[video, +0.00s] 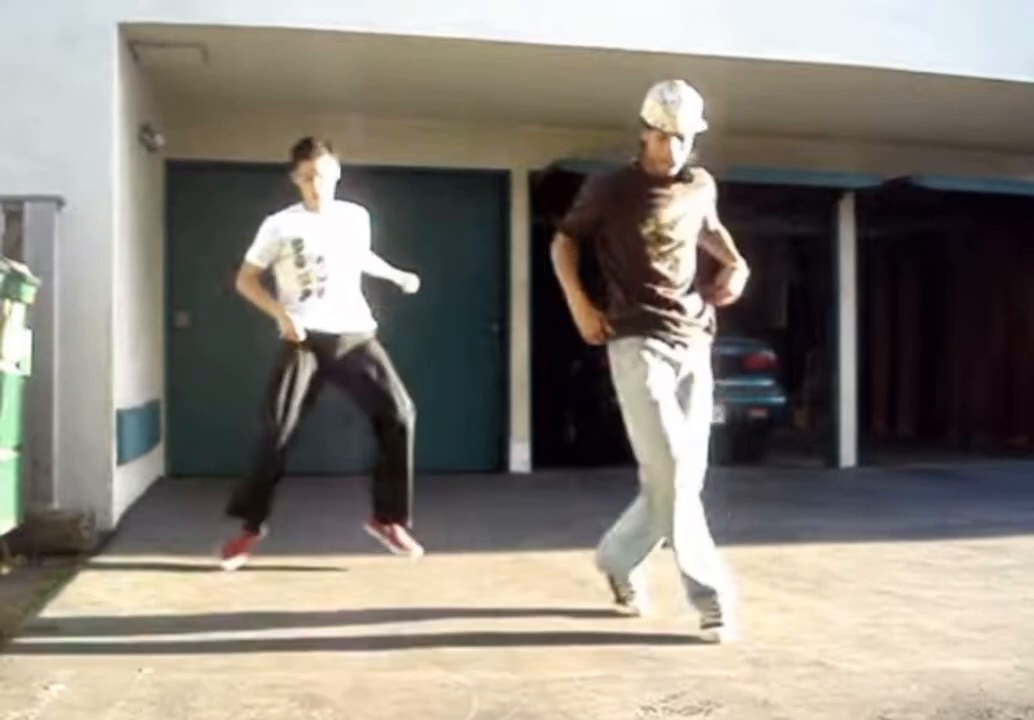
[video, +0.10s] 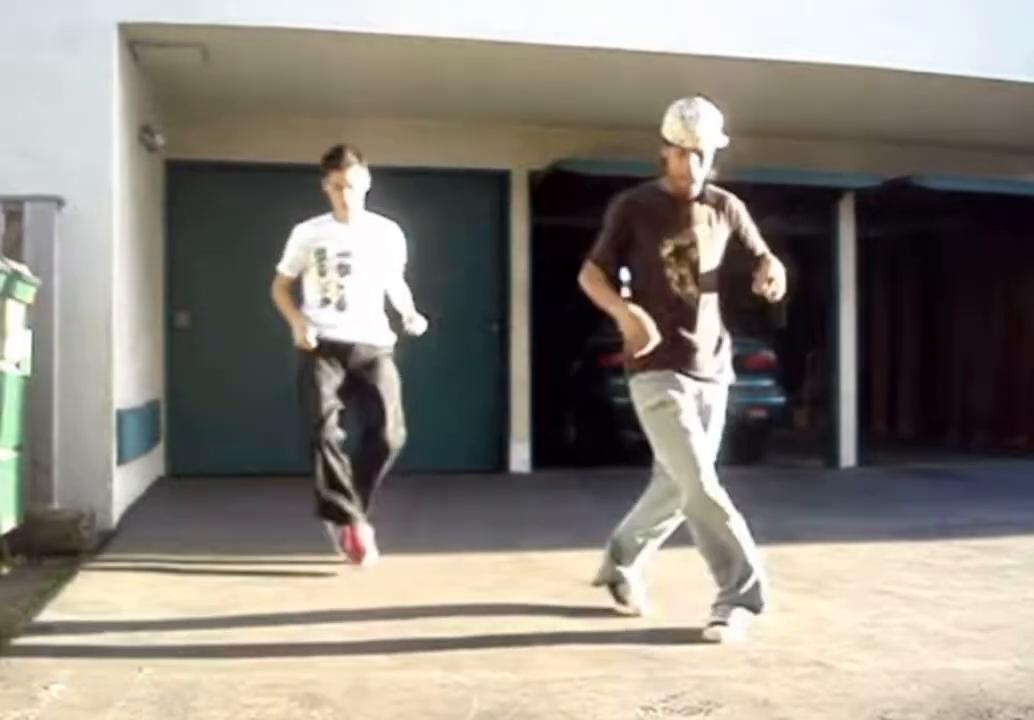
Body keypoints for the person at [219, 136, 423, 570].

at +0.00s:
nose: (316, 185)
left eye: (323, 176)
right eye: (307, 177)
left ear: (336, 176)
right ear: (295, 180)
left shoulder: (355, 218)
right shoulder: (278, 226)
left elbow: (360, 258)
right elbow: (245, 281)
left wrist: (397, 276)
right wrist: (279, 313)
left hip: (356, 338)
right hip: (305, 340)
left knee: (399, 416)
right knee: (277, 432)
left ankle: (388, 520)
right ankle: (251, 529)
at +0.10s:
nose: (345, 194)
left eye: (352, 185)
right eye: (338, 186)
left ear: (366, 185)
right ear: (326, 188)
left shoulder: (388, 233)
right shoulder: (306, 234)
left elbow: (394, 282)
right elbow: (280, 286)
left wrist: (409, 313)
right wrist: (297, 321)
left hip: (373, 344)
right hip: (323, 343)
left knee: (390, 434)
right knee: (325, 432)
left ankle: (348, 512)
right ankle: (350, 520)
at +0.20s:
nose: (378, 204)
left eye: (385, 195)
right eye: (371, 196)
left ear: (400, 194)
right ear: (360, 197)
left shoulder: (420, 241)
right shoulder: (342, 243)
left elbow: (442, 305)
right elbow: (313, 297)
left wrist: (452, 278)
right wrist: (334, 331)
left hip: (403, 358)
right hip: (357, 353)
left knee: (393, 453)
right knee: (370, 446)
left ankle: (336, 522)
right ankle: (406, 536)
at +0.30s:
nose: (394, 193)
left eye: (401, 185)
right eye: (387, 185)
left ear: (415, 185)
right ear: (376, 186)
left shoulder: (435, 228)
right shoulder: (357, 231)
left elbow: (474, 278)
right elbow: (322, 280)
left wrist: (473, 243)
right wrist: (349, 313)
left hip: (421, 346)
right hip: (372, 341)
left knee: (431, 441)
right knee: (373, 430)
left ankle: (369, 509)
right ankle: (395, 524)